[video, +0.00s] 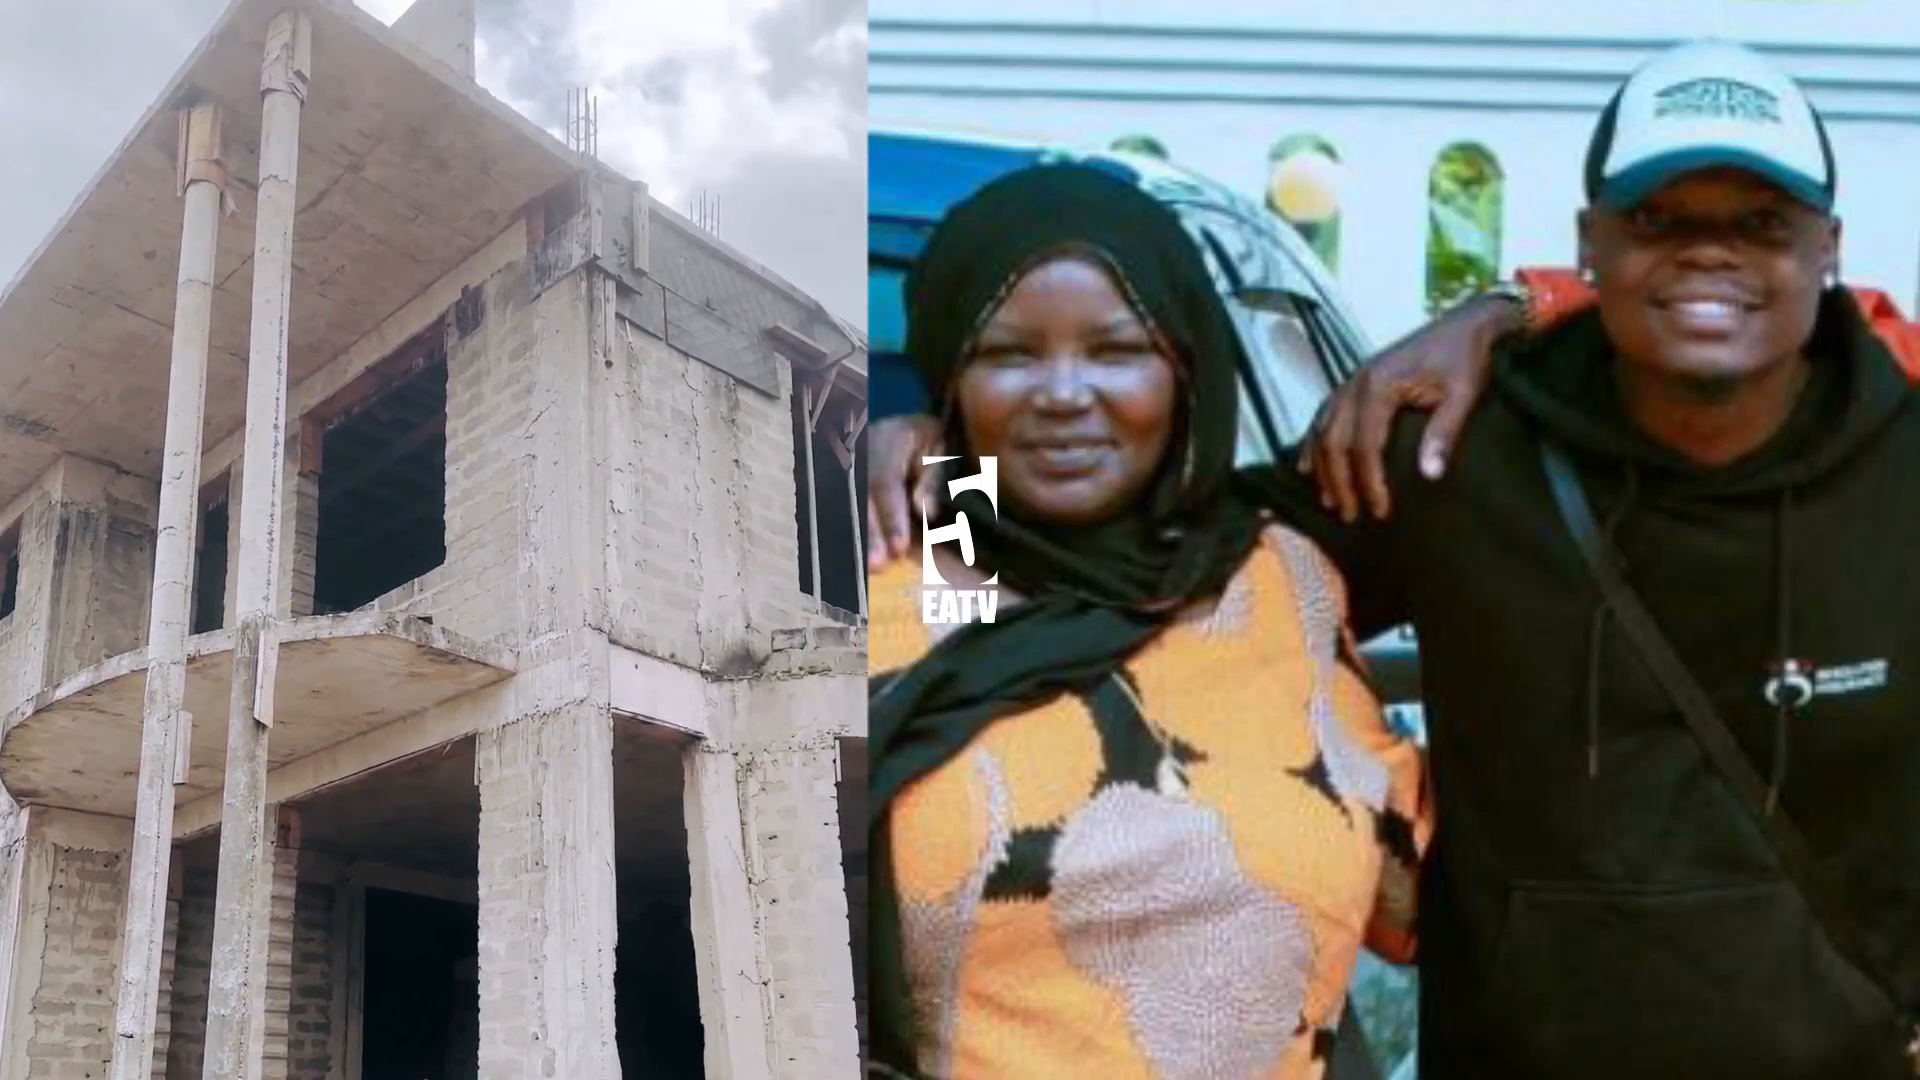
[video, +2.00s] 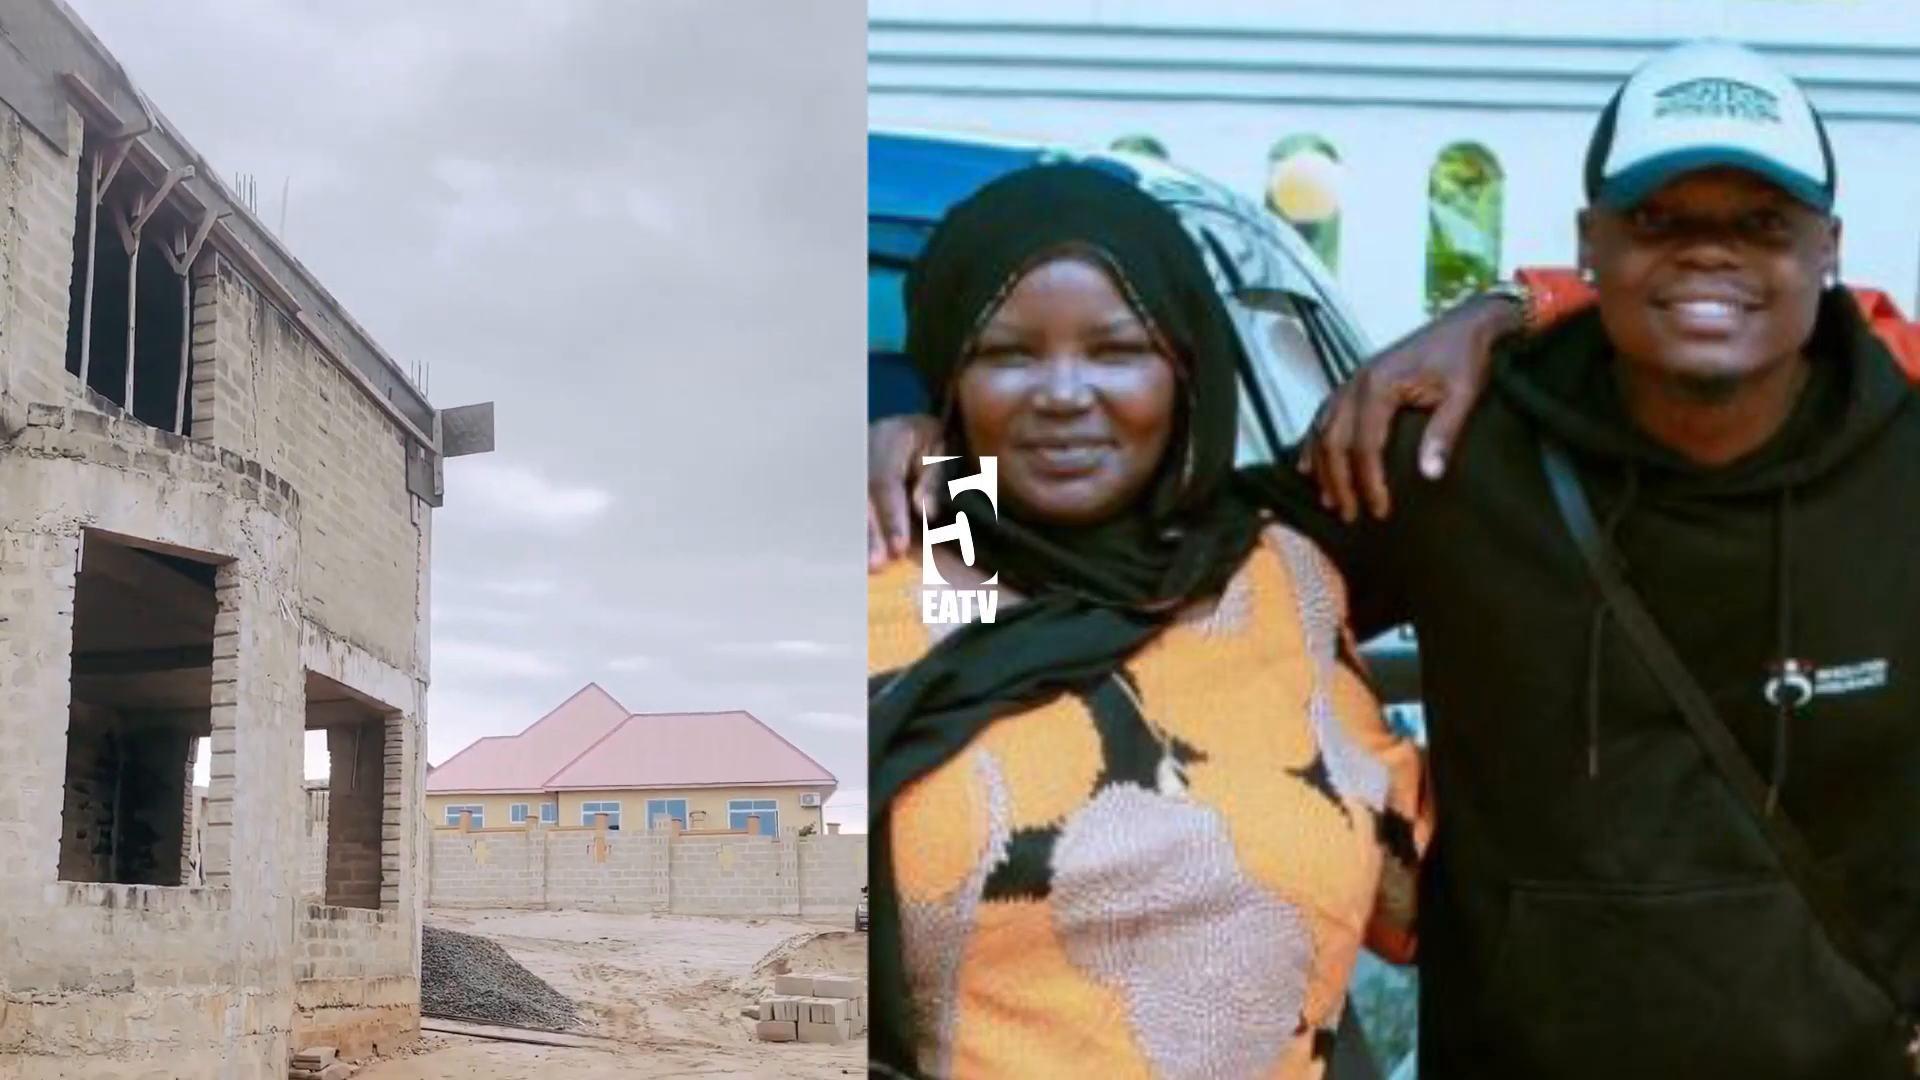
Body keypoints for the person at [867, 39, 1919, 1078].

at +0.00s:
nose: (1707, 251)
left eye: (1757, 218)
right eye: (1664, 214)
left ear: (1826, 249)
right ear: (1595, 241)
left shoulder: (1899, 445)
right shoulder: (1462, 448)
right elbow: (1174, 559)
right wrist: (958, 463)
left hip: (1849, 1039)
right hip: (1534, 1046)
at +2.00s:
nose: (1706, 251)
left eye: (1757, 219)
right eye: (1664, 215)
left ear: (1826, 250)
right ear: (1595, 242)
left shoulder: (1899, 445)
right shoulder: (1463, 447)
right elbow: (1175, 557)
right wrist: (956, 462)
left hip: (1849, 1037)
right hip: (1535, 1044)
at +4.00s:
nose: (1707, 251)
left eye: (1757, 219)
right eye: (1664, 215)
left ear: (1825, 250)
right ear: (1595, 242)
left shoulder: (1898, 445)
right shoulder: (1464, 447)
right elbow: (1176, 557)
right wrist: (961, 457)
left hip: (1849, 1038)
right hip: (1536, 1044)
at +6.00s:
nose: (1707, 250)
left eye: (1757, 218)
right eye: (1664, 214)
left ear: (1826, 250)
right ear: (1594, 241)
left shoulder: (1898, 444)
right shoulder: (1463, 449)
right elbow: (1172, 556)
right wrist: (957, 452)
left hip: (1848, 1038)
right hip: (1535, 1044)